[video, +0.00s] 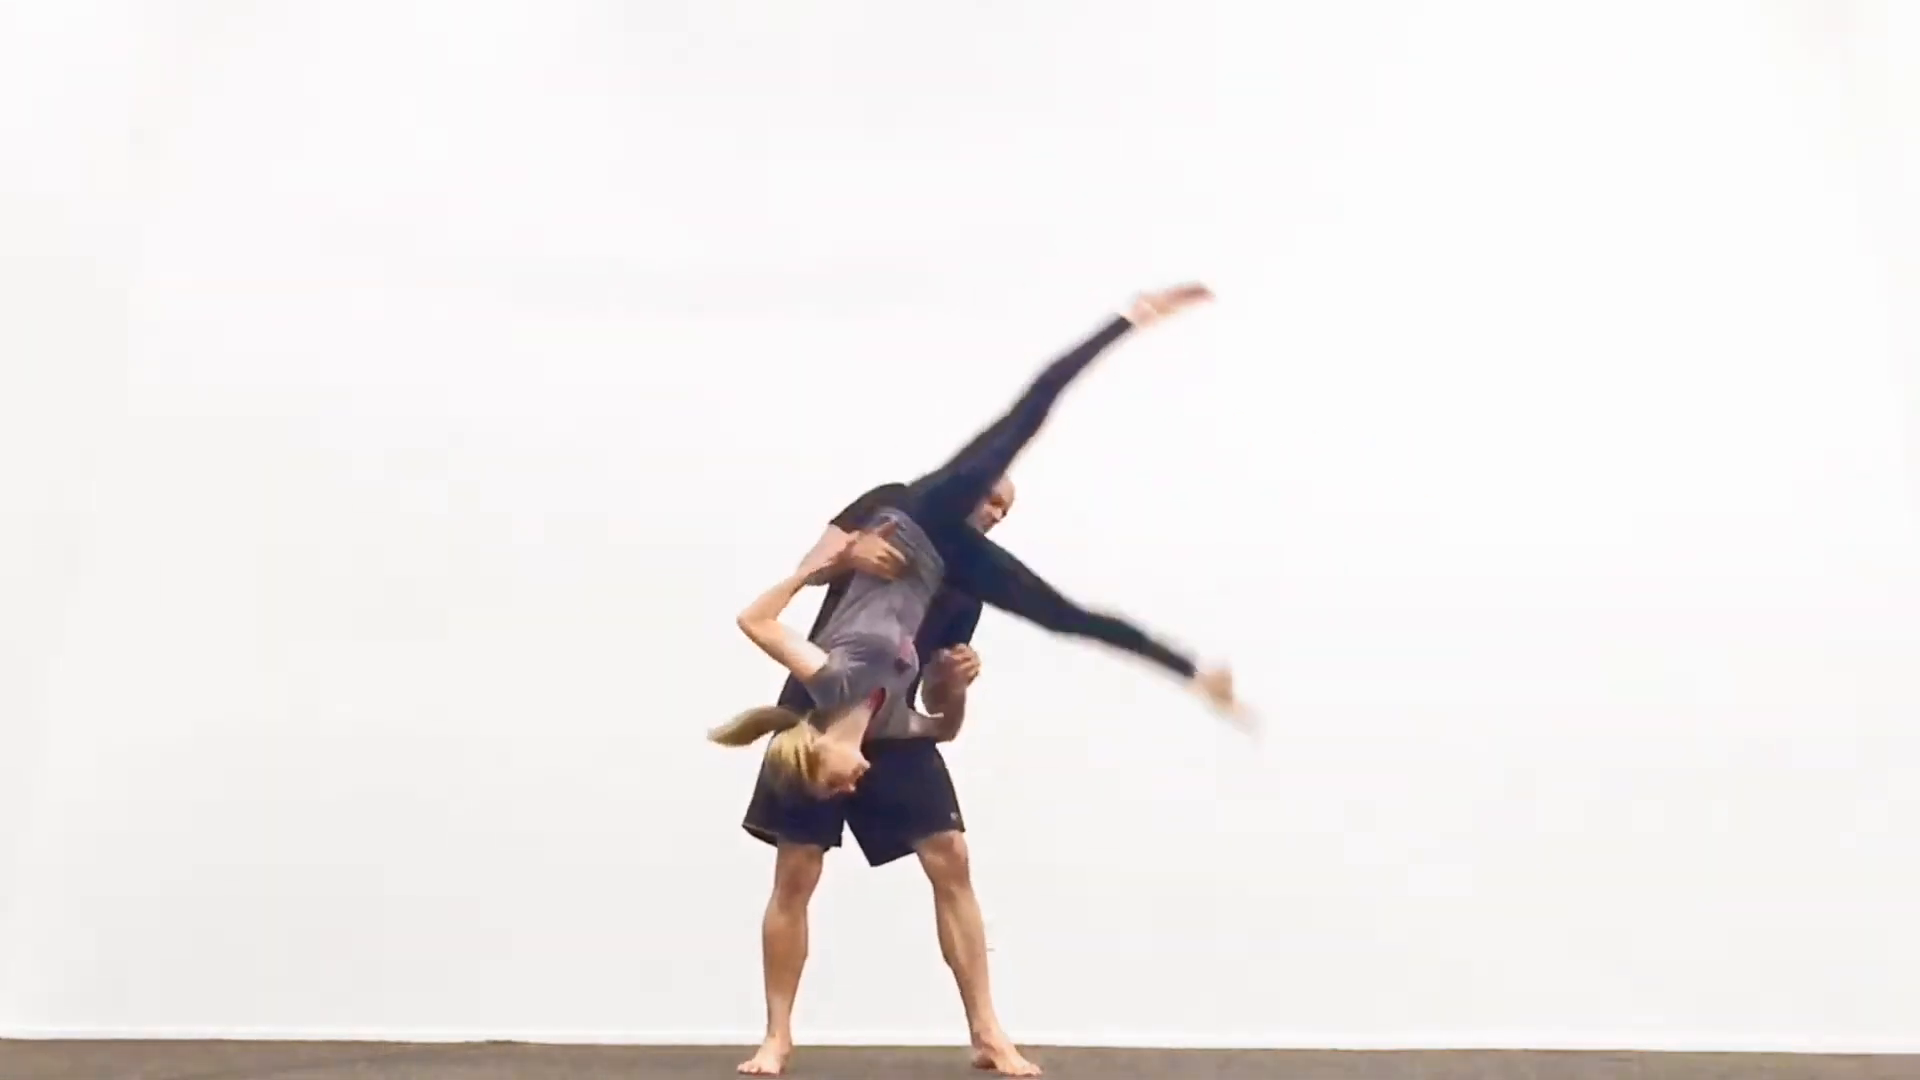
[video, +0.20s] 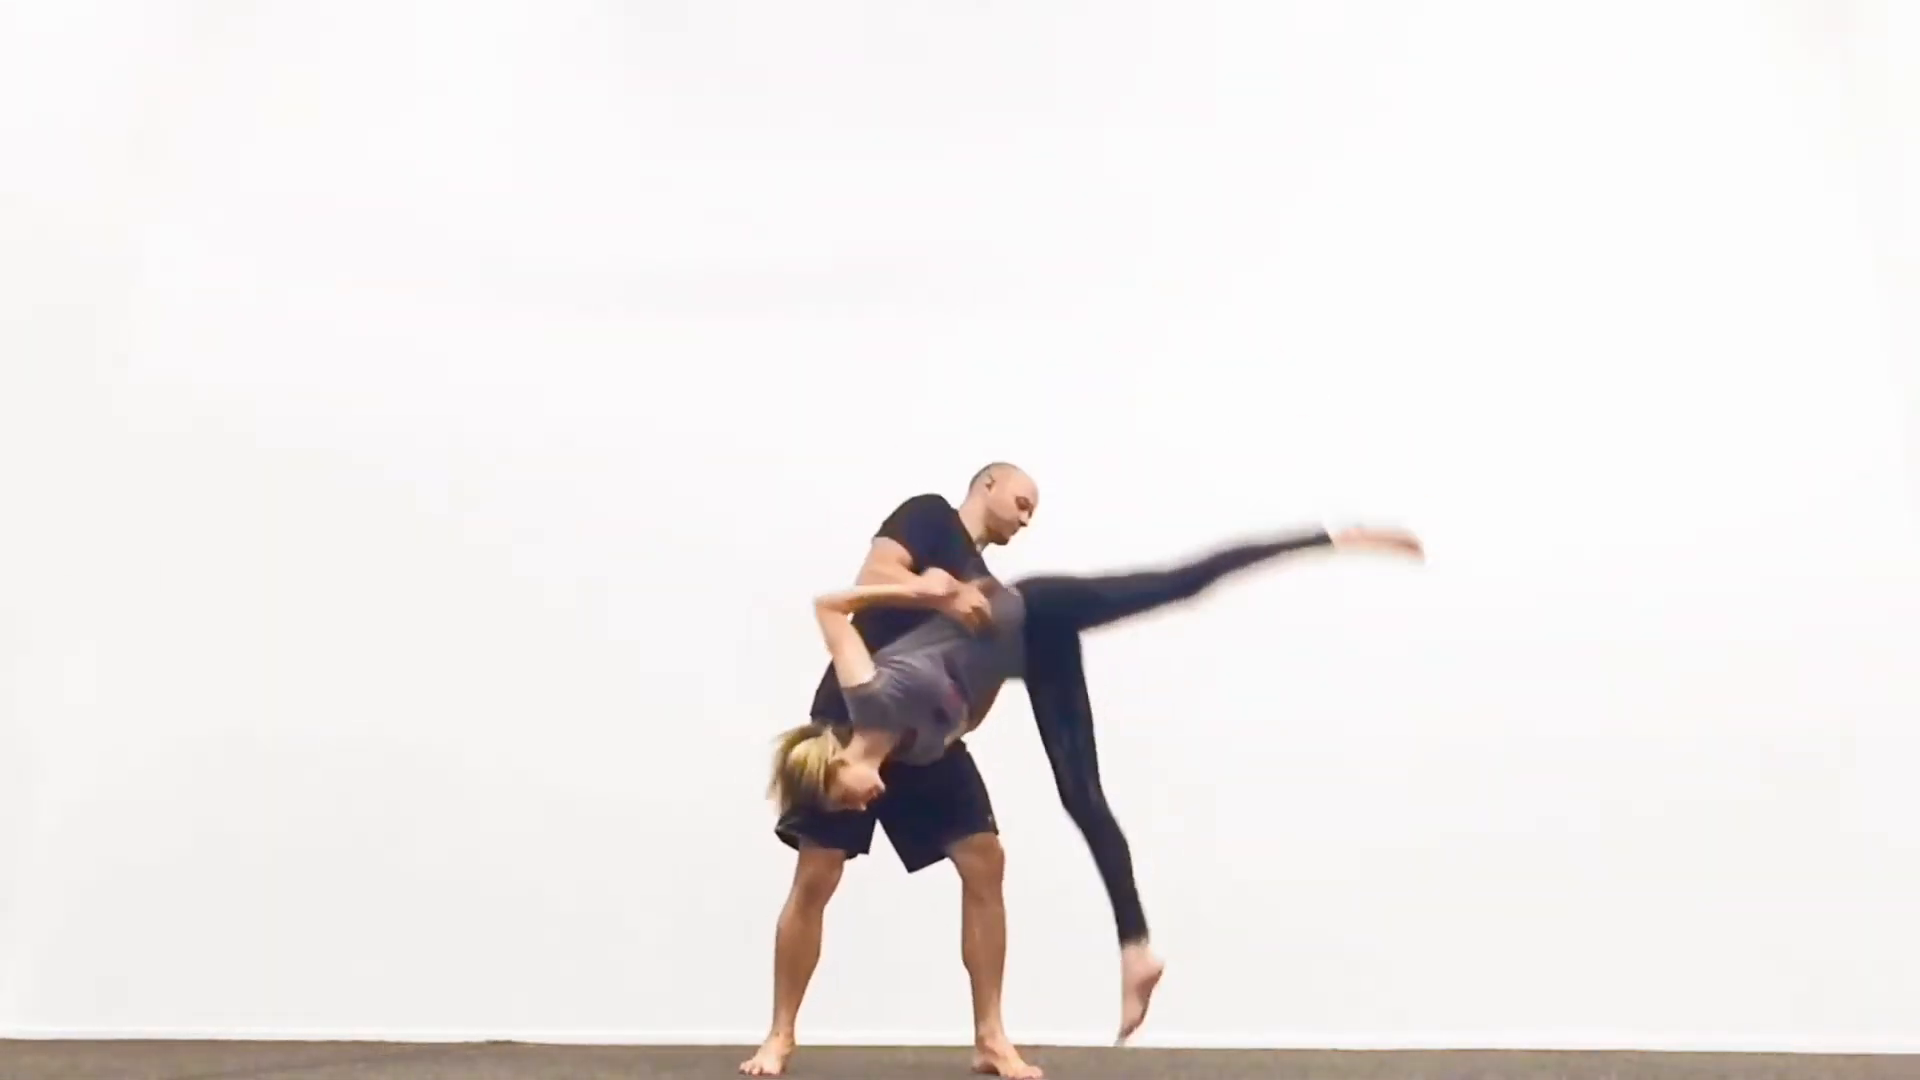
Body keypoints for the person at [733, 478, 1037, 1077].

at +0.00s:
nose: (992, 517)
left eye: (1001, 511)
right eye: (989, 501)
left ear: (999, 517)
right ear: (964, 490)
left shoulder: (966, 590)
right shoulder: (885, 512)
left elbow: (946, 716)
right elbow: (809, 567)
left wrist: (953, 687)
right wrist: (852, 550)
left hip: (899, 723)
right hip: (820, 715)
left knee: (950, 857)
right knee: (796, 875)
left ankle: (986, 1033)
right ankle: (776, 1038)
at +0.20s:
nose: (1025, 519)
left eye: (1031, 513)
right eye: (1021, 504)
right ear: (985, 487)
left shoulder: (987, 585)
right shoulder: (928, 512)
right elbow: (873, 587)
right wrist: (946, 594)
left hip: (932, 729)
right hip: (854, 720)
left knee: (984, 863)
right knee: (816, 878)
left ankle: (991, 1038)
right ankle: (779, 1036)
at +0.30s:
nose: (1038, 513)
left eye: (1044, 506)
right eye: (1034, 497)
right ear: (996, 482)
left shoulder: (1001, 584)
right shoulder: (944, 513)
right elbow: (919, 587)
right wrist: (1001, 621)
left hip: (936, 729)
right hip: (865, 717)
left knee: (995, 864)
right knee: (825, 878)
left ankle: (991, 1039)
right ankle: (781, 1035)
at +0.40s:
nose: (1050, 502)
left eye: (1055, 496)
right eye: (1044, 488)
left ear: (1021, 486)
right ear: (1006, 474)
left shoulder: (1008, 575)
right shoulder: (963, 512)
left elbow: (995, 655)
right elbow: (971, 595)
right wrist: (1053, 641)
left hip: (950, 724)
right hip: (883, 715)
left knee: (1001, 864)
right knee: (833, 876)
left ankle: (991, 1038)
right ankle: (782, 1034)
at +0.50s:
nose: (1059, 491)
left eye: (1065, 485)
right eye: (1053, 477)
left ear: (1034, 481)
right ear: (1014, 465)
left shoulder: (1006, 545)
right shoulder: (977, 505)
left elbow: (1010, 632)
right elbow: (1000, 580)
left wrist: (1101, 640)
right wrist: (1095, 626)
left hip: (963, 709)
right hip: (896, 706)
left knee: (1005, 864)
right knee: (845, 870)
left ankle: (991, 1040)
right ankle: (783, 1029)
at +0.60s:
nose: (1067, 483)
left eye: (1071, 475)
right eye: (1060, 468)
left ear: (1040, 468)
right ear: (1021, 457)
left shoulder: (1027, 542)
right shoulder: (984, 490)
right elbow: (1007, 546)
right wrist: (1097, 581)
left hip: (979, 708)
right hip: (908, 699)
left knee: (1006, 862)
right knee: (863, 859)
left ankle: (990, 1038)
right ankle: (793, 1014)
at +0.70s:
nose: (1066, 471)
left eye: (1071, 466)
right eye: (1059, 457)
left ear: (1056, 473)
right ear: (1021, 446)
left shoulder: (1033, 561)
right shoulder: (983, 476)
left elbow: (1021, 662)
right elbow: (978, 497)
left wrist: (1080, 696)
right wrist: (1074, 543)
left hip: (982, 706)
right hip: (917, 692)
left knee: (1000, 864)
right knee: (890, 849)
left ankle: (990, 1040)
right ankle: (816, 1004)